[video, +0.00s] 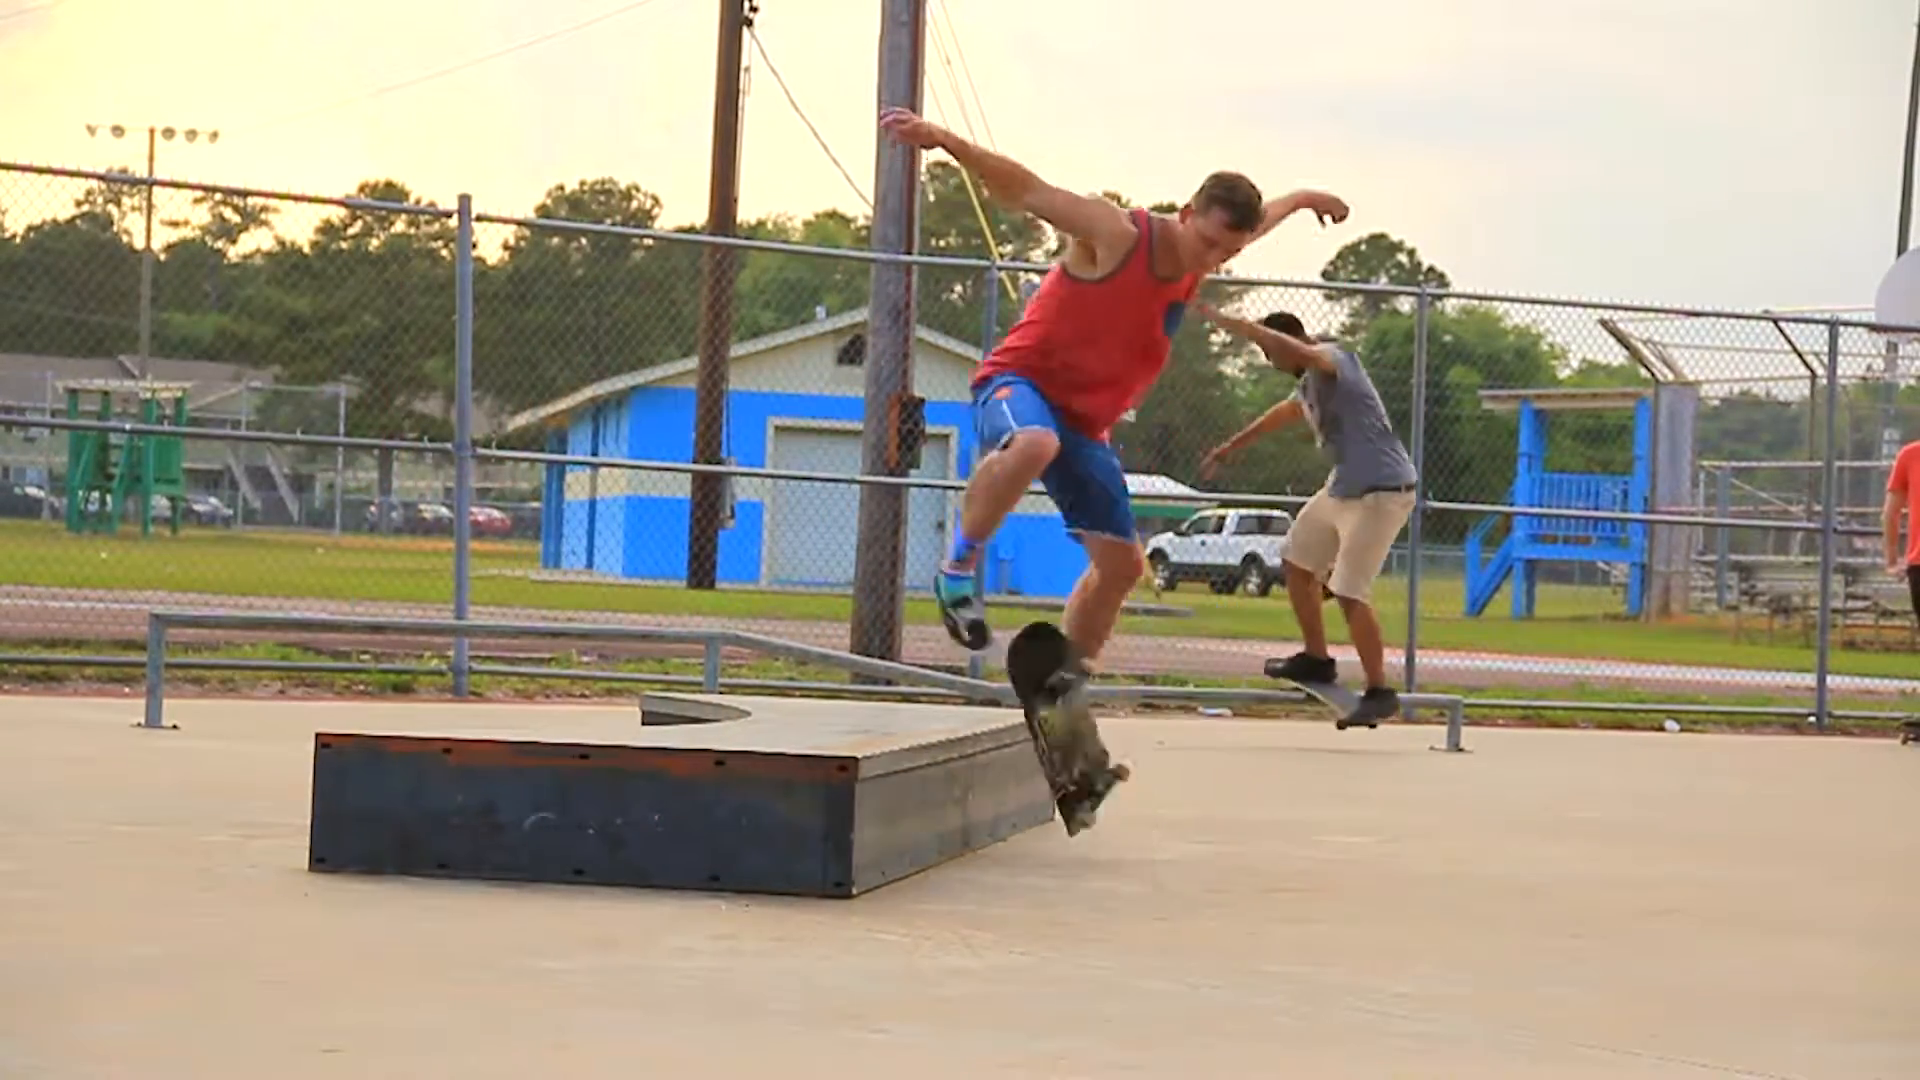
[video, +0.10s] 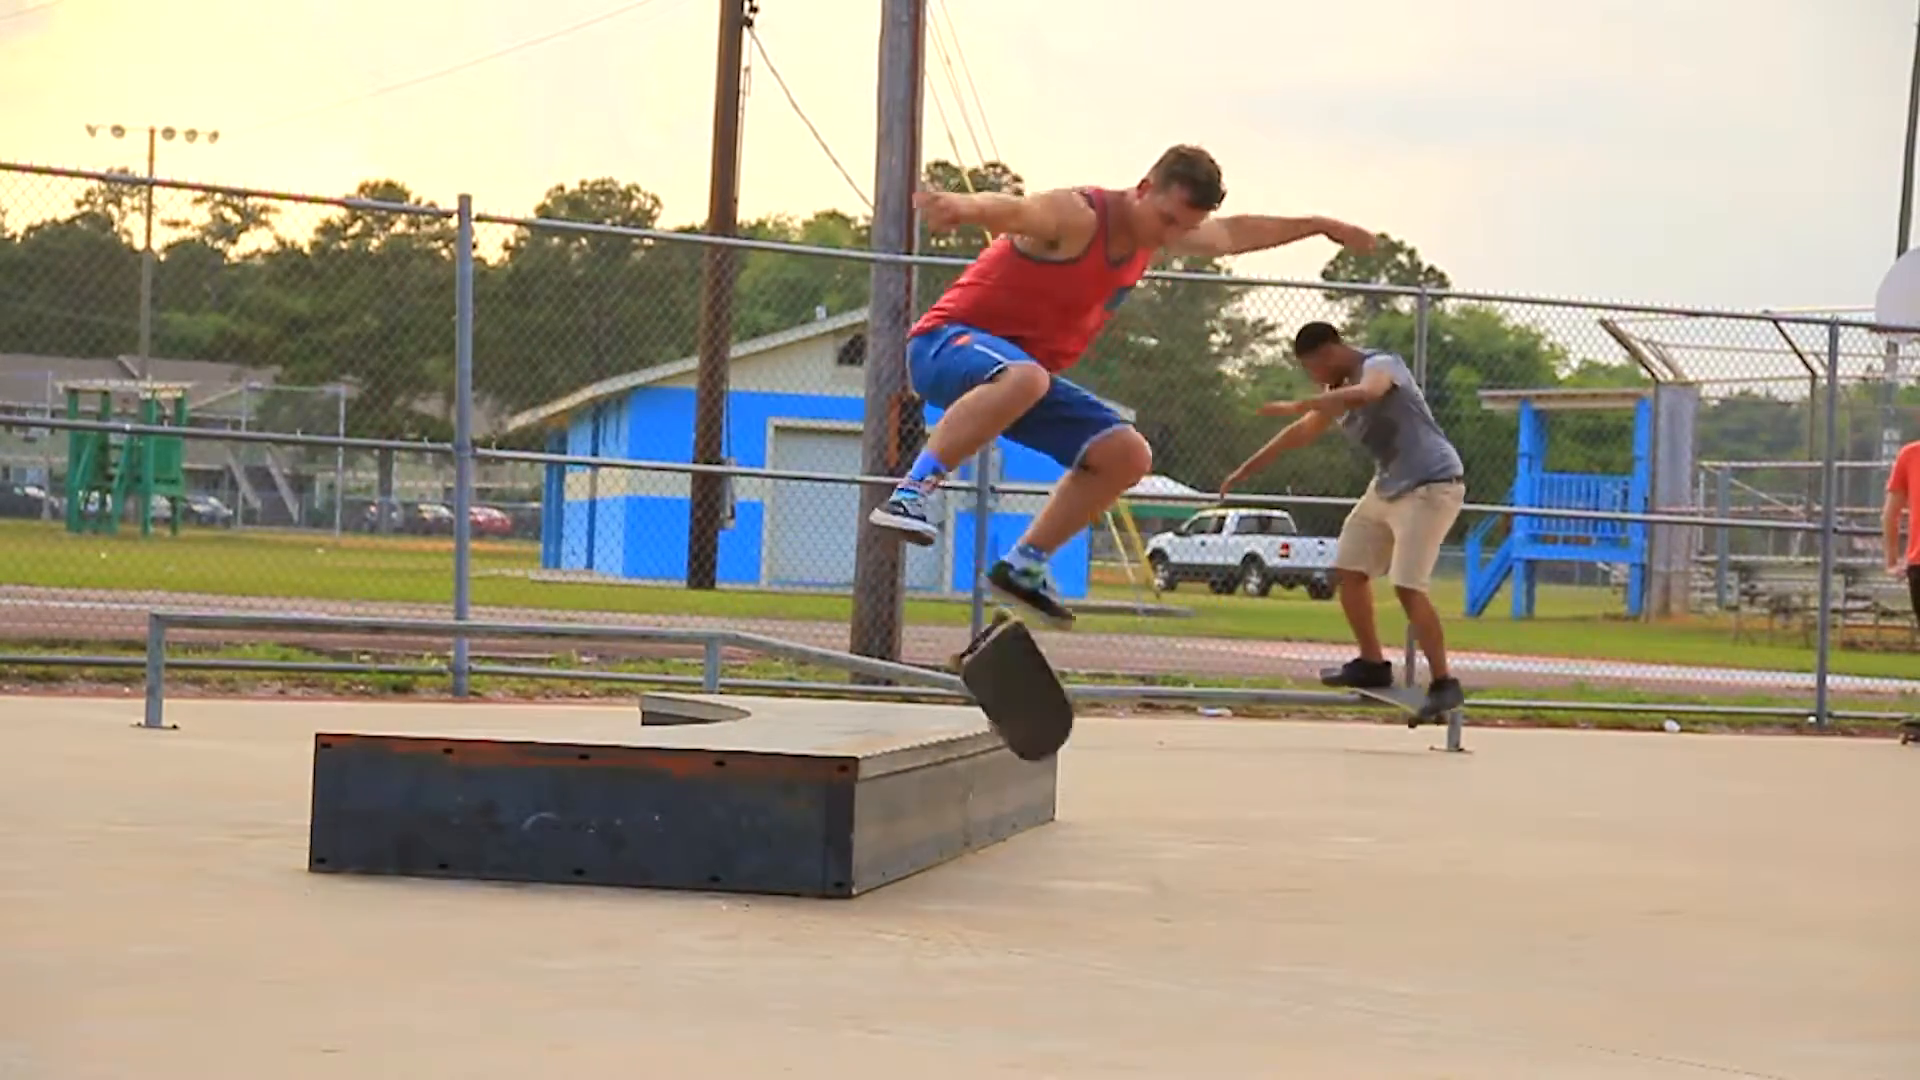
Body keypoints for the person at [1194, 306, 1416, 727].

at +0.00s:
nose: (1269, 362)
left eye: (1270, 352)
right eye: (1265, 355)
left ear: (1290, 341)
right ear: (1289, 344)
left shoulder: (1337, 359)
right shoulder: (1308, 391)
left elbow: (1290, 347)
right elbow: (1278, 415)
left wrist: (1235, 322)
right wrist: (1235, 444)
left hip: (1384, 489)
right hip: (1342, 488)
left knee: (1349, 591)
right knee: (1298, 563)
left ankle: (1378, 690)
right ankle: (1316, 658)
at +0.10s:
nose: (1312, 377)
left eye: (1311, 367)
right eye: (1307, 370)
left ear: (1329, 351)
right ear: (1327, 354)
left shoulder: (1382, 364)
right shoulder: (1340, 392)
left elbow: (1368, 392)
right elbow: (1301, 432)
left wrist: (1302, 406)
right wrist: (1248, 468)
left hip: (1432, 483)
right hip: (1387, 486)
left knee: (1409, 585)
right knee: (1350, 572)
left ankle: (1443, 682)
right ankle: (1372, 662)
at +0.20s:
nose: (1353, 380)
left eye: (1354, 369)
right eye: (1348, 372)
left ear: (1374, 355)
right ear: (1364, 363)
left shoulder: (1424, 372)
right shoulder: (1376, 394)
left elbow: (1440, 430)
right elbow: (1334, 440)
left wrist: (1421, 481)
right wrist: (1281, 480)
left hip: (1477, 481)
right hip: (1431, 487)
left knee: (1473, 586)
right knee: (1400, 568)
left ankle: (1510, 682)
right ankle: (1435, 660)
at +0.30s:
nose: (1391, 404)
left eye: (1391, 396)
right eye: (1386, 400)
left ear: (1409, 377)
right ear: (1396, 389)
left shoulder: (1461, 392)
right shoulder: (1408, 410)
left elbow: (1526, 424)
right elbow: (1368, 451)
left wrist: (1570, 480)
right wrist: (1331, 493)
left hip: (1524, 488)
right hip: (1476, 492)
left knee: (1531, 589)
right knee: (1453, 573)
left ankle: (1570, 683)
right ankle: (1496, 663)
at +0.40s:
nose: (1441, 449)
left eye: (1442, 440)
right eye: (1433, 445)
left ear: (1458, 419)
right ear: (1430, 439)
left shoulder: (1508, 423)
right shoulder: (1433, 454)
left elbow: (1582, 420)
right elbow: (1390, 490)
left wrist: (1654, 438)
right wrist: (1357, 546)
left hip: (1572, 509)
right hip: (1522, 519)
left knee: (1591, 613)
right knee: (1522, 610)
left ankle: (1622, 712)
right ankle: (1533, 703)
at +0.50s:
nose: (1483, 517)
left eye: (1485, 508)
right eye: (1477, 512)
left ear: (1502, 487)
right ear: (1475, 503)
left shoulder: (1544, 475)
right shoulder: (1483, 513)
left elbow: (1615, 448)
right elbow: (1444, 562)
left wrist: (1690, 437)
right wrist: (1409, 607)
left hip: (1619, 533)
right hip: (1566, 545)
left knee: (1630, 630)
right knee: (1542, 624)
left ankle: (1662, 721)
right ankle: (1558, 721)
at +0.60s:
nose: (1537, 552)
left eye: (1539, 544)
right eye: (1530, 549)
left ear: (1551, 520)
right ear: (1521, 541)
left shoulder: (1596, 498)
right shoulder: (1531, 546)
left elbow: (1669, 480)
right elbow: (1515, 600)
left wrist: (1744, 490)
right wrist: (1500, 659)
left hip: (1643, 543)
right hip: (1585, 558)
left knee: (1647, 627)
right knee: (1553, 626)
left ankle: (1667, 723)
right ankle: (1558, 720)